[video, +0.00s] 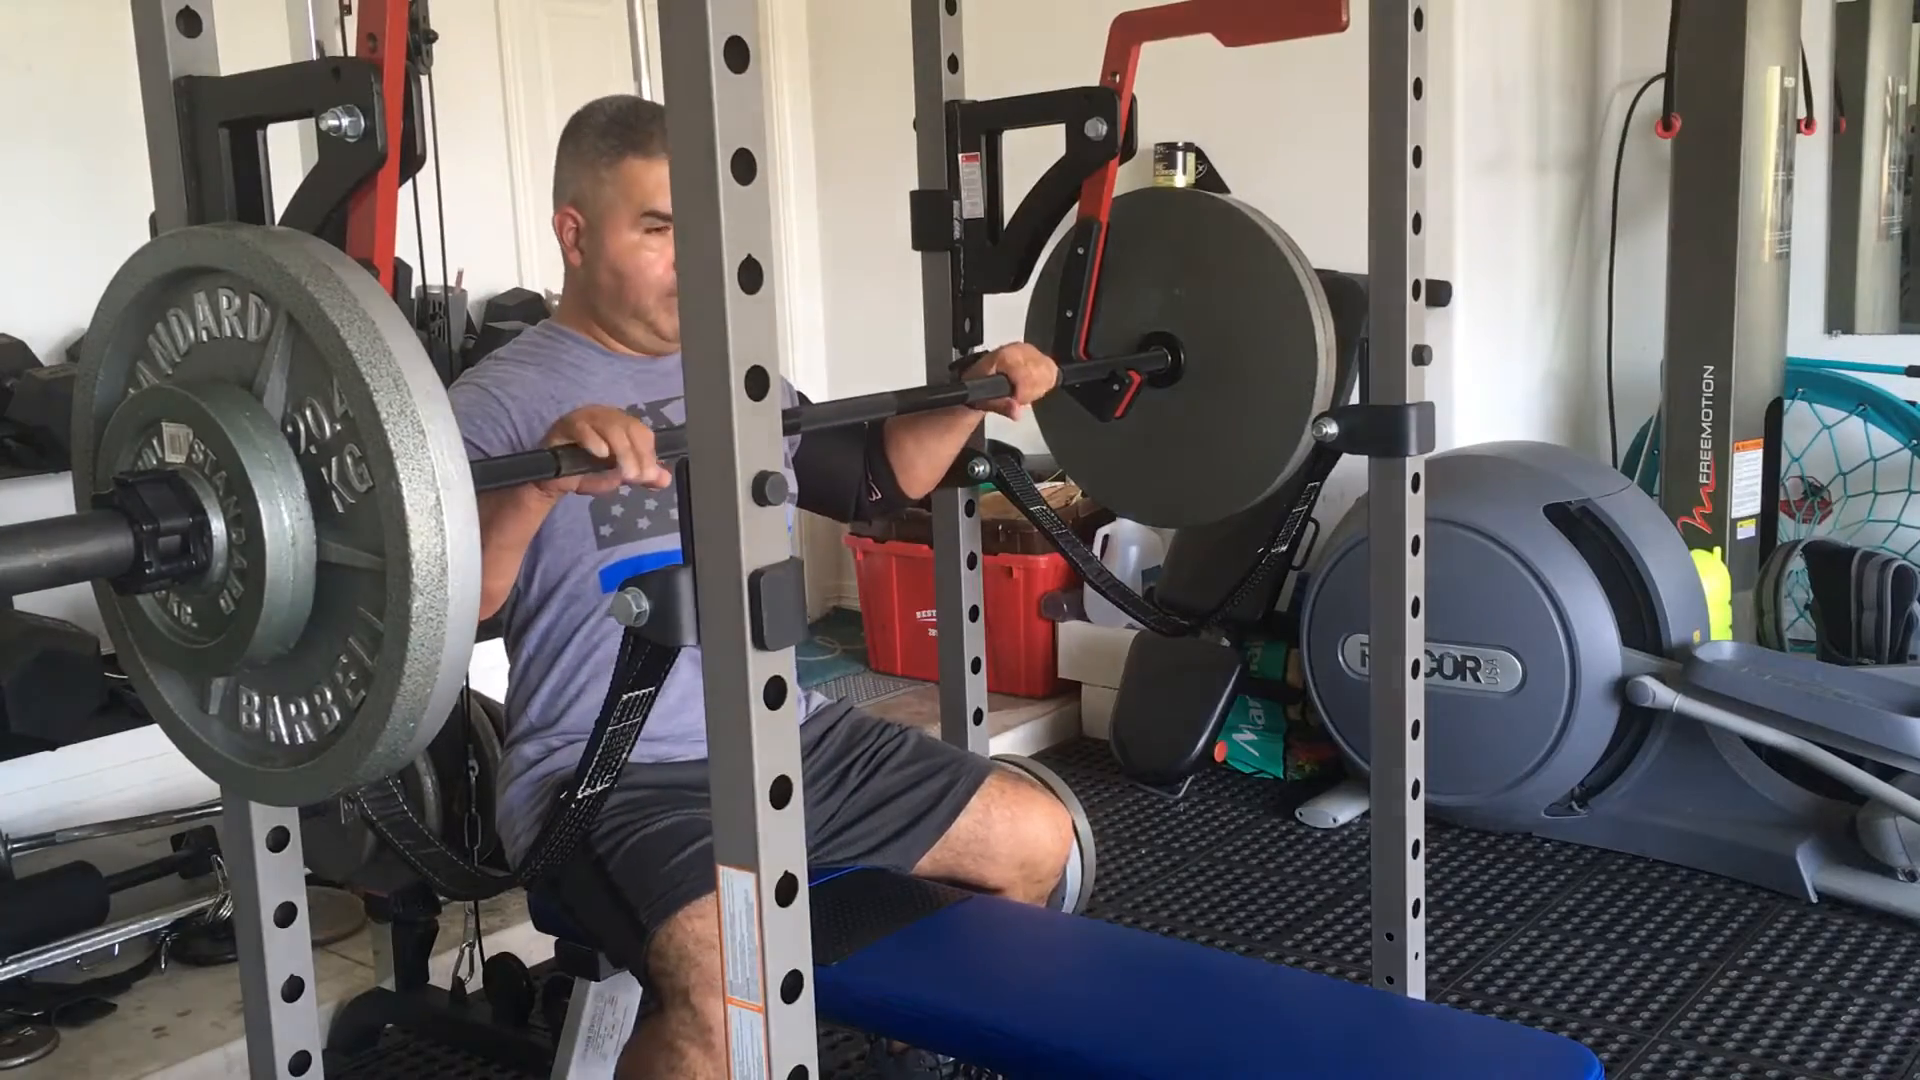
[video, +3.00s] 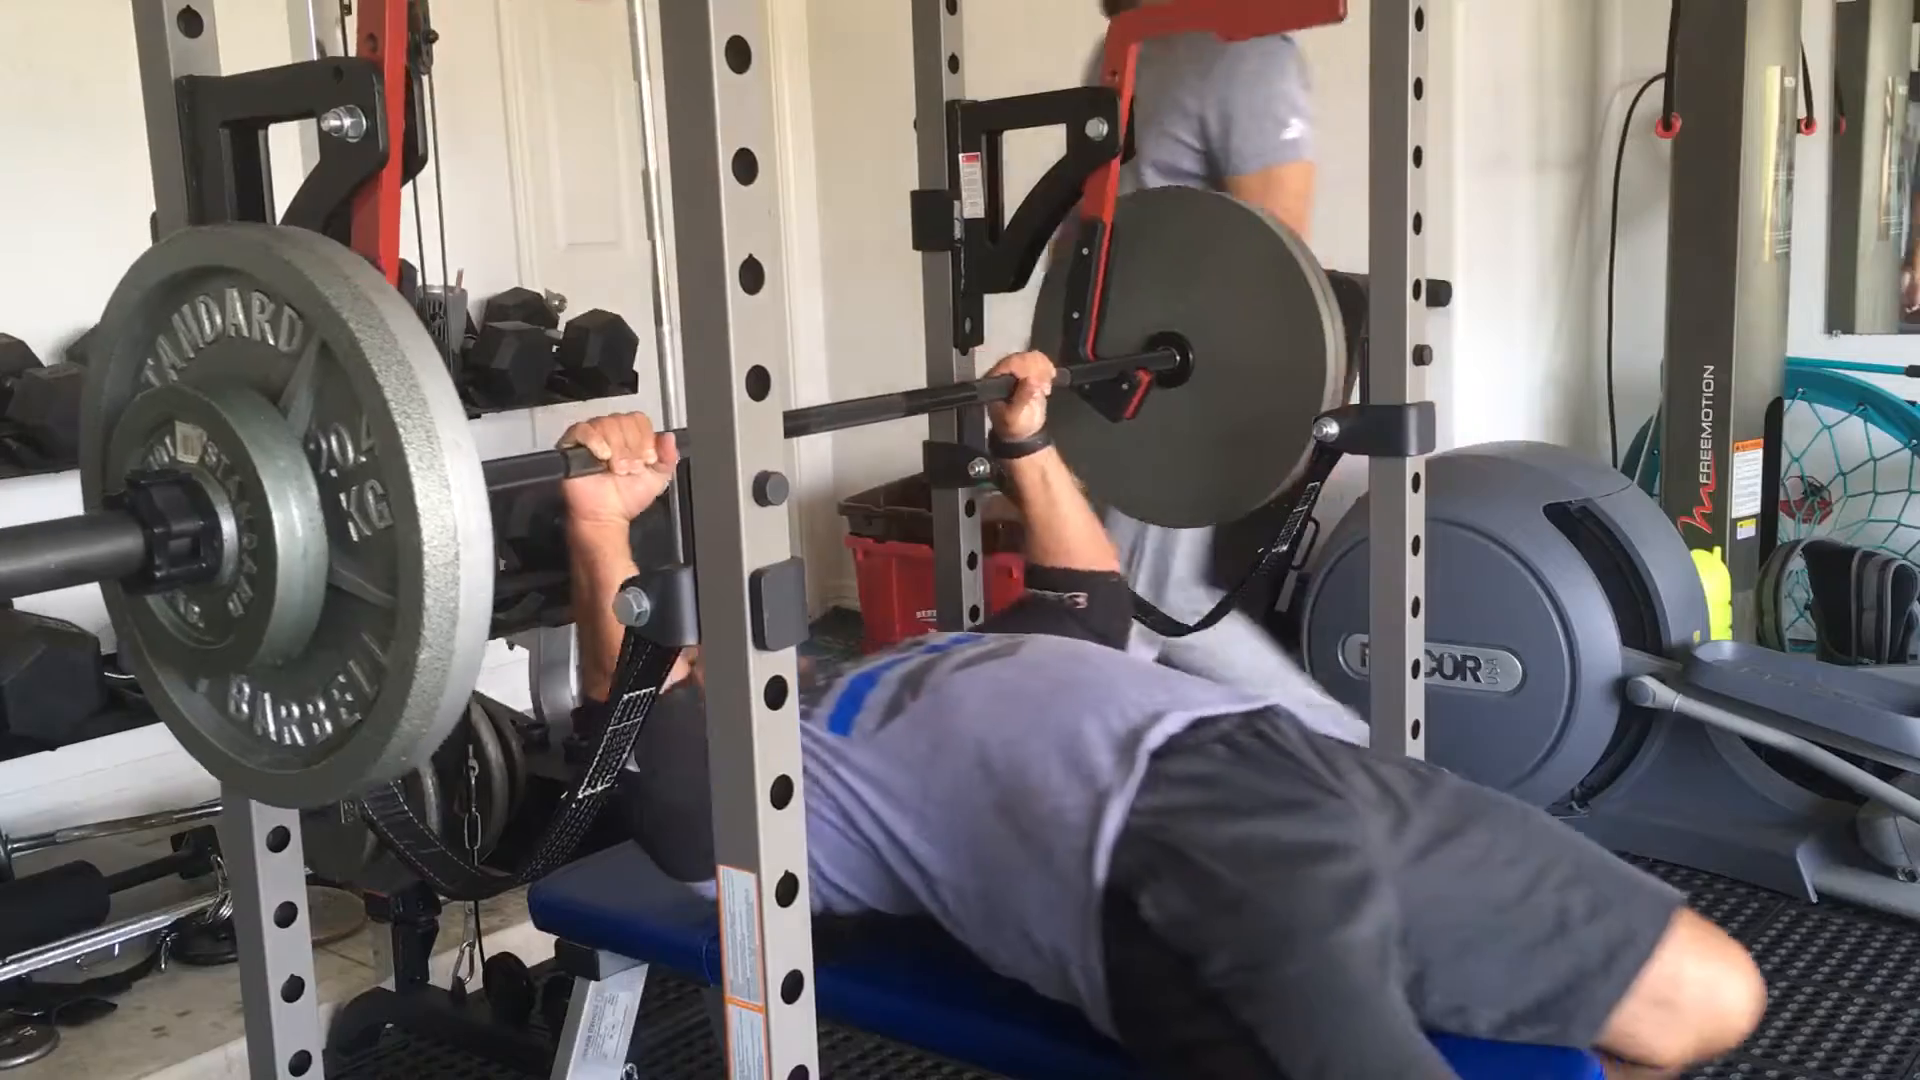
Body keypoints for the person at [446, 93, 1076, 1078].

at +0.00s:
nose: (690, 257)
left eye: (701, 227)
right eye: (657, 227)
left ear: (725, 237)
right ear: (574, 236)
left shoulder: (725, 371)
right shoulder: (503, 393)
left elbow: (871, 480)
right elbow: (461, 607)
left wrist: (972, 394)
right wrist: (545, 472)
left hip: (779, 732)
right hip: (609, 768)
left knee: (1033, 834)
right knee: (729, 968)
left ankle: (964, 1047)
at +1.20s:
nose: (714, 206)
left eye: (724, 179)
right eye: (682, 185)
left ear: (750, 192)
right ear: (614, 225)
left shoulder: (785, 343)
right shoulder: (540, 367)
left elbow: (862, 475)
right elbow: (435, 588)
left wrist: (961, 404)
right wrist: (520, 491)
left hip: (813, 742)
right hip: (626, 772)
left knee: (1042, 842)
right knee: (742, 938)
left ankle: (1173, 1054)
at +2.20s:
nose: (652, 168)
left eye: (662, 141)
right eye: (610, 143)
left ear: (685, 161)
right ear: (531, 180)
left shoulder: (721, 310)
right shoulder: (483, 343)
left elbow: (845, 475)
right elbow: (438, 579)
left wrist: (949, 404)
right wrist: (514, 474)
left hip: (889, 675)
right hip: (707, 722)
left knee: (1171, 827)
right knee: (876, 936)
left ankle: (1221, 1073)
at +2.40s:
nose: (607, 330)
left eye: (611, 309)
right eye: (565, 315)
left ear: (637, 336)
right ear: (494, 369)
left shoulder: (725, 452)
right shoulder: (514, 503)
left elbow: (900, 552)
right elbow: (490, 649)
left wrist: (953, 417)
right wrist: (524, 509)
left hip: (1012, 678)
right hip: (870, 745)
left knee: (1307, 883)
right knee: (1054, 992)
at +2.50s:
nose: (611, 456)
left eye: (610, 432)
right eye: (561, 444)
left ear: (633, 443)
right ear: (501, 493)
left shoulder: (753, 530)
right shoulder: (565, 619)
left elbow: (947, 585)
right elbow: (521, 717)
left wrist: (962, 425)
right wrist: (518, 520)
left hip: (1056, 697)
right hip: (924, 773)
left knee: (1387, 912)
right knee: (1112, 1035)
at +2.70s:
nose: (626, 567)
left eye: (636, 545)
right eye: (593, 576)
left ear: (676, 581)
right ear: (582, 626)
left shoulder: (847, 640)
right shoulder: (644, 750)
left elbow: (995, 620)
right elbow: (556, 791)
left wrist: (972, 435)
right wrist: (542, 523)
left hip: (1163, 741)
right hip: (1023, 821)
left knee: (1538, 957)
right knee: (1242, 1056)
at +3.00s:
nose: (712, 659)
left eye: (721, 648)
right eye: (704, 671)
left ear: (824, 661)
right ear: (723, 728)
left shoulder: (986, 657)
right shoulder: (807, 784)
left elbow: (1097, 606)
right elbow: (636, 774)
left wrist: (1024, 440)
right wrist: (597, 538)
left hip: (1334, 761)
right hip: (1186, 856)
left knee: (1719, 993)